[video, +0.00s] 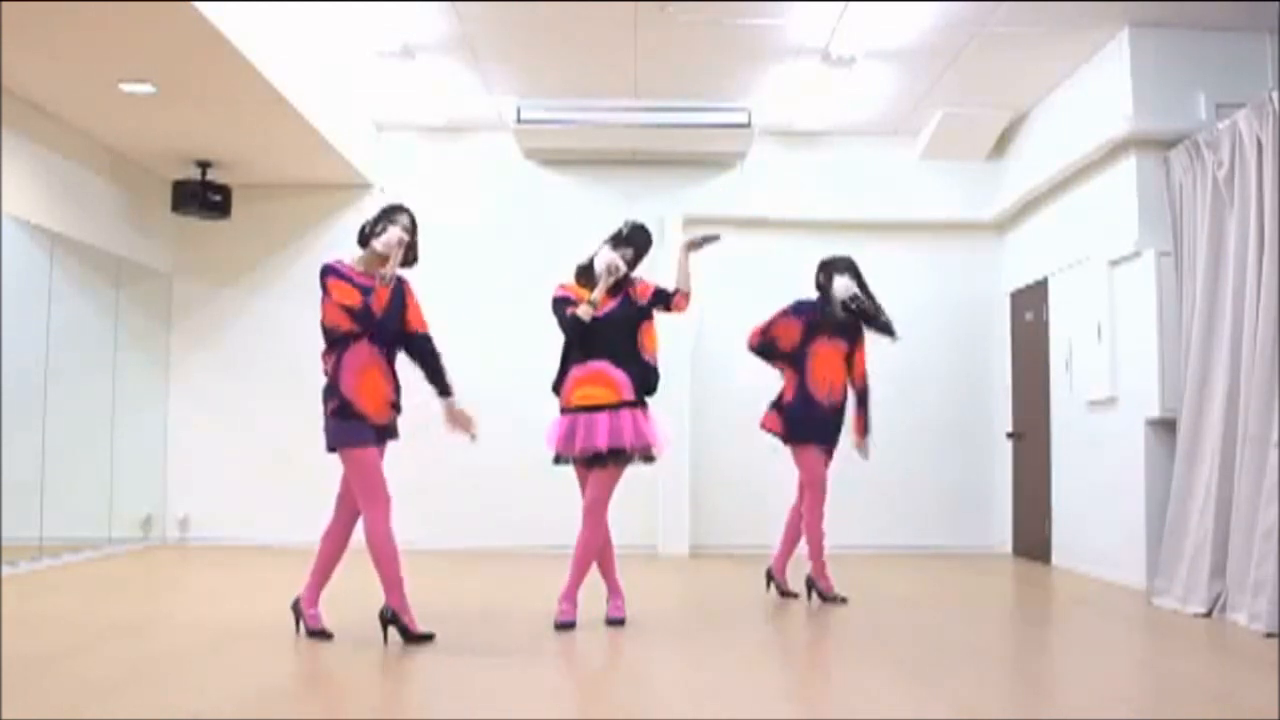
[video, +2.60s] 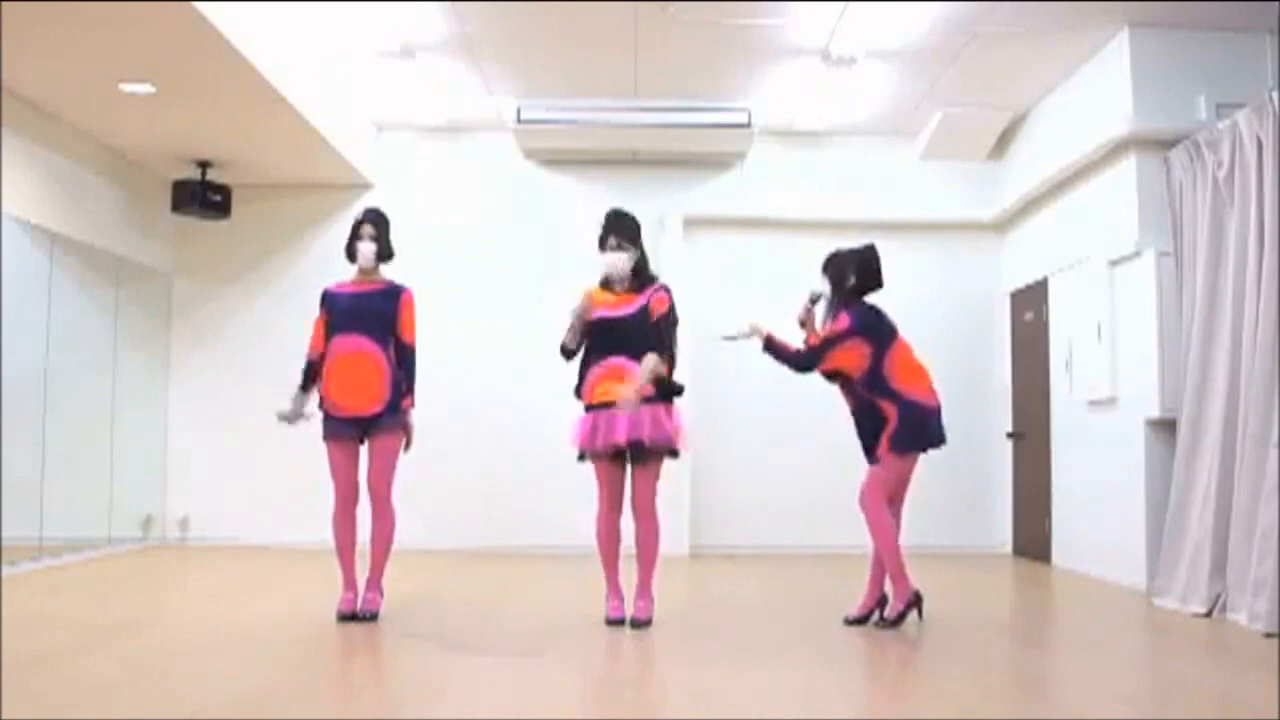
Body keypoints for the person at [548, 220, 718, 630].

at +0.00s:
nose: (621, 262)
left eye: (629, 258)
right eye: (619, 253)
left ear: (635, 261)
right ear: (605, 247)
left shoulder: (635, 290)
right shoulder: (570, 290)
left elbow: (681, 302)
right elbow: (573, 326)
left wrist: (684, 252)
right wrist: (601, 289)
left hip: (620, 406)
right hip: (578, 406)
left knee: (595, 505)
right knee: (593, 506)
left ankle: (569, 595)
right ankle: (614, 593)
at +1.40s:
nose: (615, 261)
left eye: (623, 253)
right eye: (608, 252)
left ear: (633, 255)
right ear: (596, 256)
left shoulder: (652, 298)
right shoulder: (582, 298)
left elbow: (691, 332)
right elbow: (581, 332)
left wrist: (676, 304)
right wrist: (597, 303)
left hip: (629, 406)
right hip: (585, 405)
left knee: (598, 502)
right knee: (595, 505)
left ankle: (575, 593)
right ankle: (614, 592)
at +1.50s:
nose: (615, 257)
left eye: (622, 248)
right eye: (607, 249)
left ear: (633, 252)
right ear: (596, 252)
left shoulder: (651, 296)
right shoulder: (581, 295)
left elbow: (694, 329)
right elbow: (578, 328)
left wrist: (687, 342)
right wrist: (595, 305)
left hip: (632, 401)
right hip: (589, 401)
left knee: (600, 482)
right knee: (595, 489)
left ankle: (607, 582)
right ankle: (610, 587)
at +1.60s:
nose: (615, 256)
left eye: (623, 247)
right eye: (608, 247)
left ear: (634, 251)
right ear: (596, 250)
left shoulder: (651, 295)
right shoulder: (582, 294)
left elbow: (682, 347)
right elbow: (582, 327)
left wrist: (698, 393)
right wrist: (602, 293)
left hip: (637, 401)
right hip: (593, 400)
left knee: (608, 478)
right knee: (600, 489)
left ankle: (634, 557)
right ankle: (612, 589)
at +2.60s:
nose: (615, 257)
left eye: (622, 248)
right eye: (608, 248)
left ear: (637, 249)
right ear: (600, 251)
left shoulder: (656, 296)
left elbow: (663, 351)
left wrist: (638, 384)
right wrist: (581, 317)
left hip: (646, 402)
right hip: (603, 404)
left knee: (643, 504)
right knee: (610, 503)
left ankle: (644, 593)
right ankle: (613, 591)